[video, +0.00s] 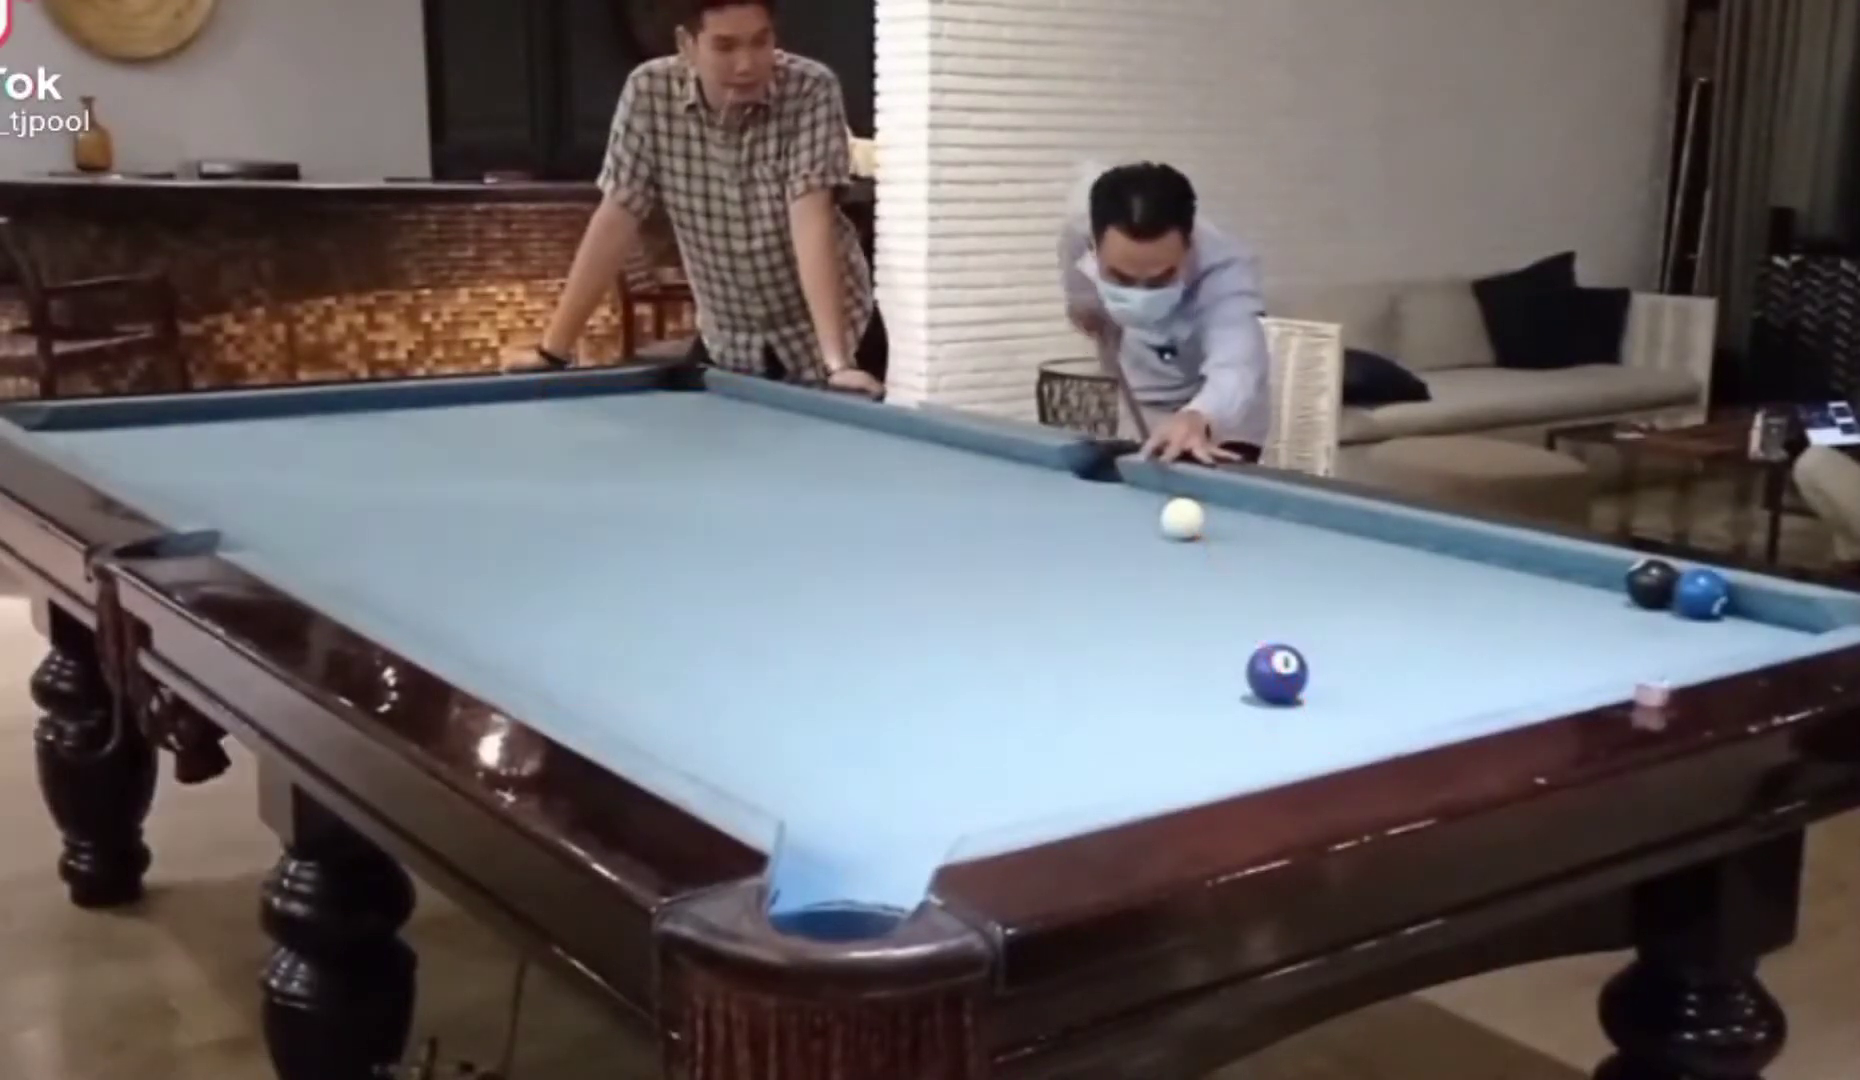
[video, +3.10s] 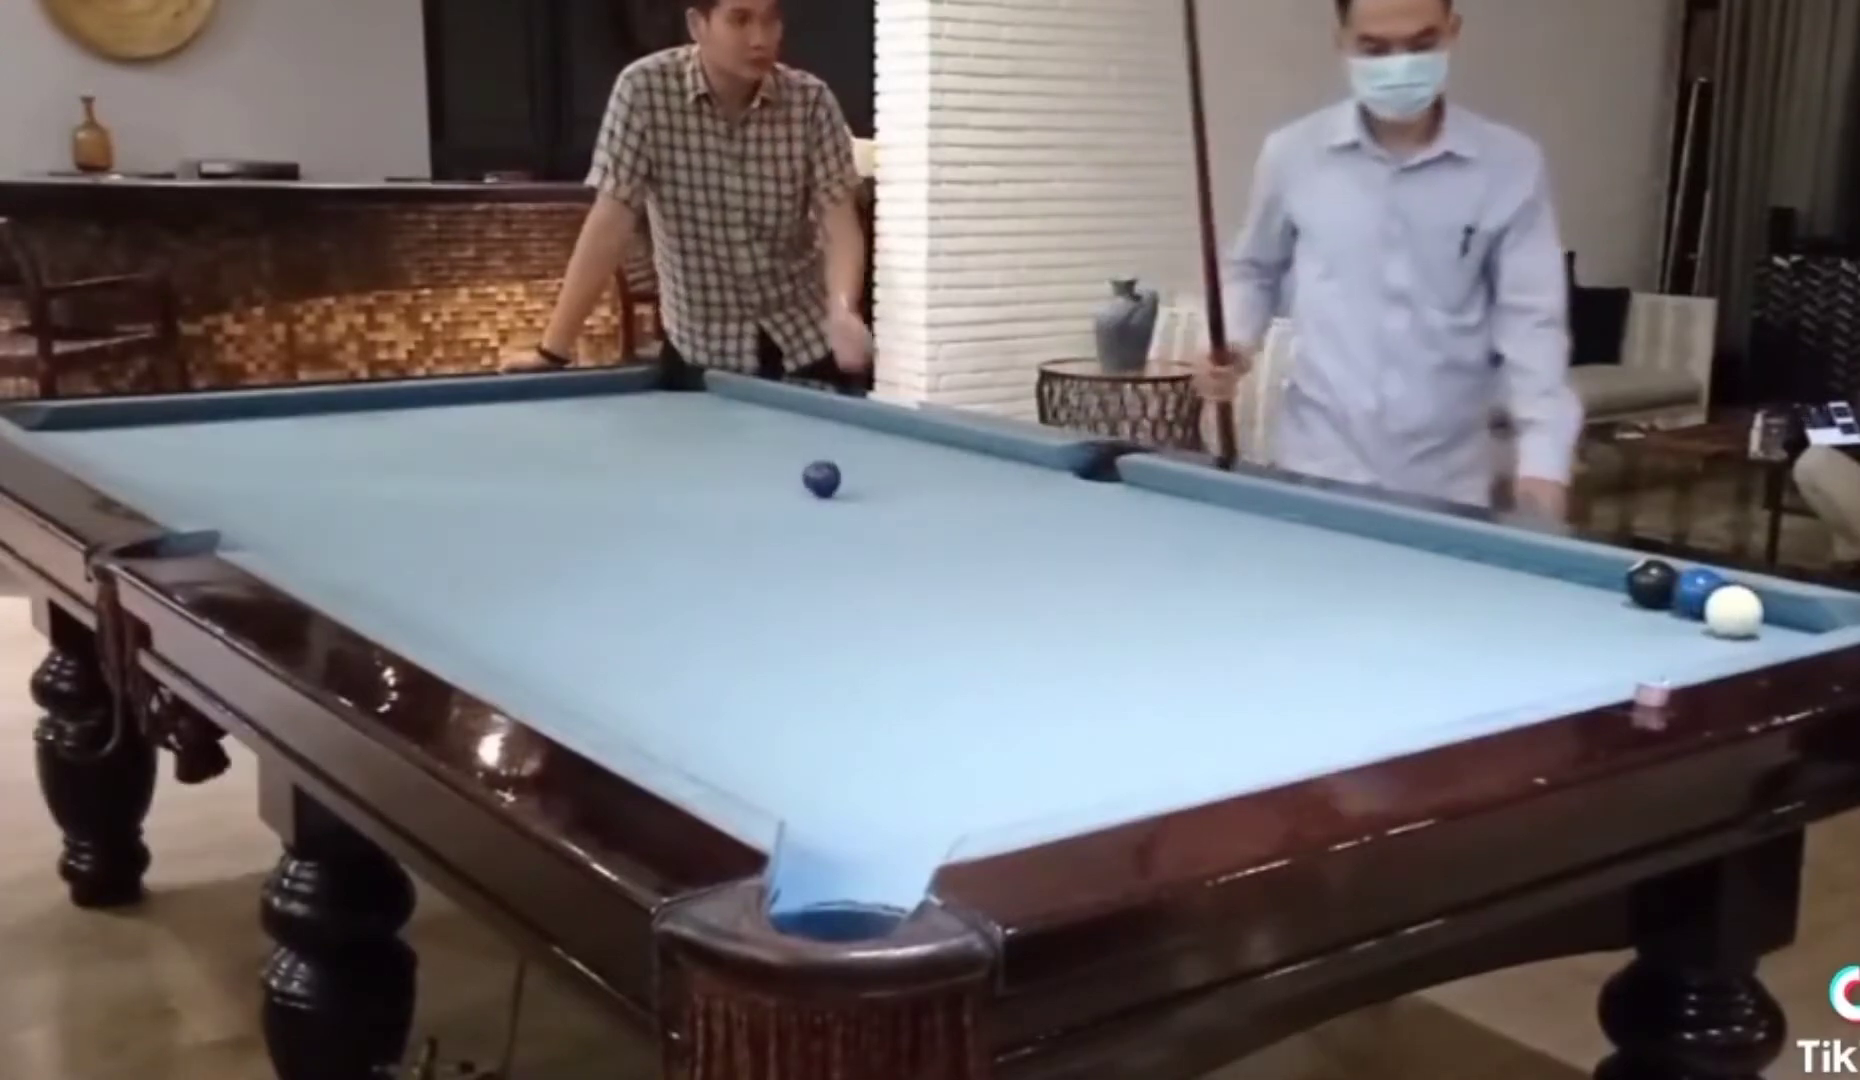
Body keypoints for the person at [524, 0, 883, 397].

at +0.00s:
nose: (746, 65)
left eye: (760, 42)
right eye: (724, 47)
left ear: (775, 36)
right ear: (687, 46)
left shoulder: (810, 89)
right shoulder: (650, 92)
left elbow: (811, 212)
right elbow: (618, 214)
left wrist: (838, 363)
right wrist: (553, 351)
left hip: (832, 343)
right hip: (728, 345)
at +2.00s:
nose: (750, 28)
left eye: (759, 11)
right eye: (729, 12)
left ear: (772, 15)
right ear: (685, 23)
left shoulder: (809, 104)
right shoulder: (637, 91)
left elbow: (854, 237)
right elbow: (609, 217)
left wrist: (847, 333)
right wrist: (553, 350)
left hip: (811, 338)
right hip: (704, 339)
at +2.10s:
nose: (757, 29)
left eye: (765, 13)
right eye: (737, 15)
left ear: (777, 19)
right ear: (691, 23)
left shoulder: (811, 101)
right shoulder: (638, 90)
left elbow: (858, 225)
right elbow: (610, 214)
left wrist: (836, 288)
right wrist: (553, 350)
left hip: (814, 342)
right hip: (701, 345)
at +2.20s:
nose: (766, 31)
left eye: (774, 14)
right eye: (745, 16)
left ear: (784, 19)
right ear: (698, 24)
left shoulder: (813, 102)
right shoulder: (642, 88)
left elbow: (858, 228)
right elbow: (610, 217)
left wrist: (832, 248)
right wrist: (552, 350)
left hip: (816, 336)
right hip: (702, 341)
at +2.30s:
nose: (772, 35)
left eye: (779, 17)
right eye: (751, 19)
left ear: (789, 21)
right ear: (704, 25)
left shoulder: (814, 100)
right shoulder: (645, 87)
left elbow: (852, 247)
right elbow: (610, 218)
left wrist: (820, 202)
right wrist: (552, 351)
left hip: (815, 333)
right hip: (701, 339)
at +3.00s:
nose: (767, 40)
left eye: (777, 23)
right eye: (746, 23)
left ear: (788, 26)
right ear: (703, 26)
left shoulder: (812, 101)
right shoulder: (649, 89)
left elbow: (845, 222)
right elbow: (612, 218)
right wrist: (552, 352)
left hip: (808, 335)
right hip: (701, 344)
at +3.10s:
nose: (762, 38)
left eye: (772, 20)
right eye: (741, 20)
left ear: (783, 25)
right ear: (697, 24)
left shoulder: (810, 101)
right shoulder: (646, 90)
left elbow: (839, 212)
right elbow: (611, 218)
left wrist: (842, 307)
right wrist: (552, 351)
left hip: (808, 338)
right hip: (702, 345)